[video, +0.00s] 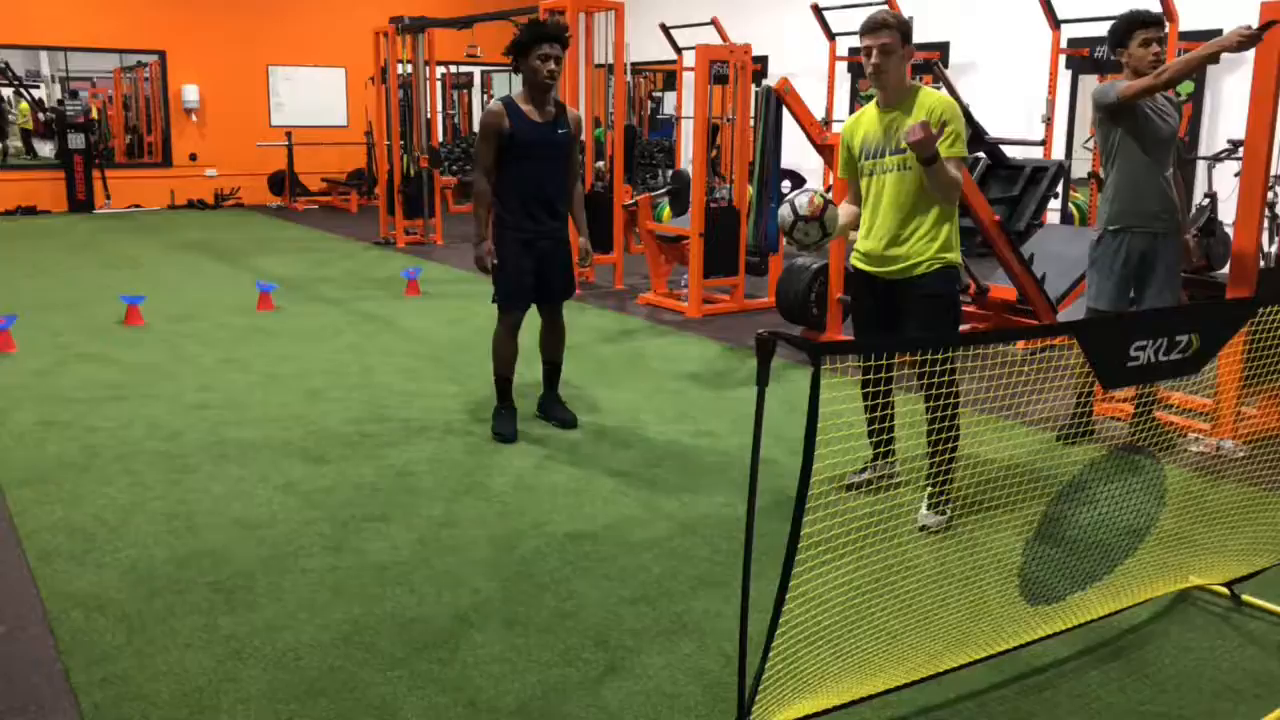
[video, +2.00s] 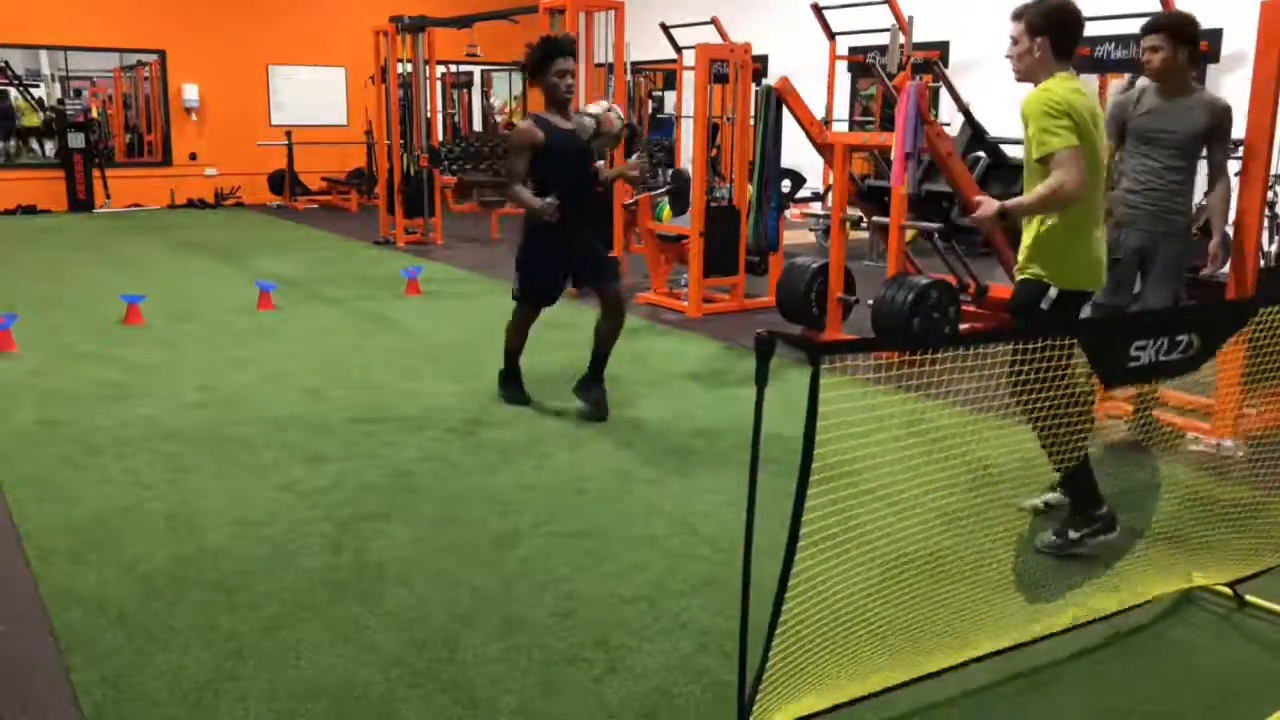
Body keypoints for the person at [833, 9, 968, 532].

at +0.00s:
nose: (873, 61)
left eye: (884, 51)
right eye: (866, 53)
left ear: (908, 55)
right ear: (859, 60)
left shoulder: (941, 109)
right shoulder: (854, 127)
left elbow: (951, 195)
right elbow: (850, 203)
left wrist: (929, 157)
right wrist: (822, 226)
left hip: (930, 264)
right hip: (872, 265)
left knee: (935, 378)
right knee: (874, 371)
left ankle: (938, 491)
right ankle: (882, 462)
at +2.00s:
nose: (1010, 50)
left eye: (1018, 41)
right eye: (1012, 41)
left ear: (1045, 46)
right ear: (1055, 47)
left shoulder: (1045, 98)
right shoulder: (1080, 96)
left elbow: (1069, 183)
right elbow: (1096, 179)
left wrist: (1003, 207)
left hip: (1050, 272)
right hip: (1076, 270)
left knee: (1027, 381)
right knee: (1054, 377)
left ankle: (1092, 511)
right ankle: (1072, 482)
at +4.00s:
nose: (929, 75)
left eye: (941, 65)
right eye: (923, 65)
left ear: (970, 63)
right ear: (918, 67)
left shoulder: (1008, 115)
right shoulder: (924, 132)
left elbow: (1065, 179)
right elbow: (901, 191)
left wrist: (1033, 240)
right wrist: (844, 188)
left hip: (1016, 281)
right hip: (950, 280)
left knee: (1031, 392)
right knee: (920, 375)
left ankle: (1060, 511)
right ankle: (917, 475)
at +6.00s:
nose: (1027, 54)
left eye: (1031, 42)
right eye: (1029, 42)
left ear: (1052, 45)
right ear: (1076, 46)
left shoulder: (1060, 111)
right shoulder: (1111, 107)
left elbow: (1049, 204)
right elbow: (1093, 197)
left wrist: (980, 220)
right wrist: (1015, 215)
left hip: (1072, 280)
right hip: (1105, 277)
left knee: (1069, 396)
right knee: (1082, 389)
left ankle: (1091, 520)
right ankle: (1081, 491)